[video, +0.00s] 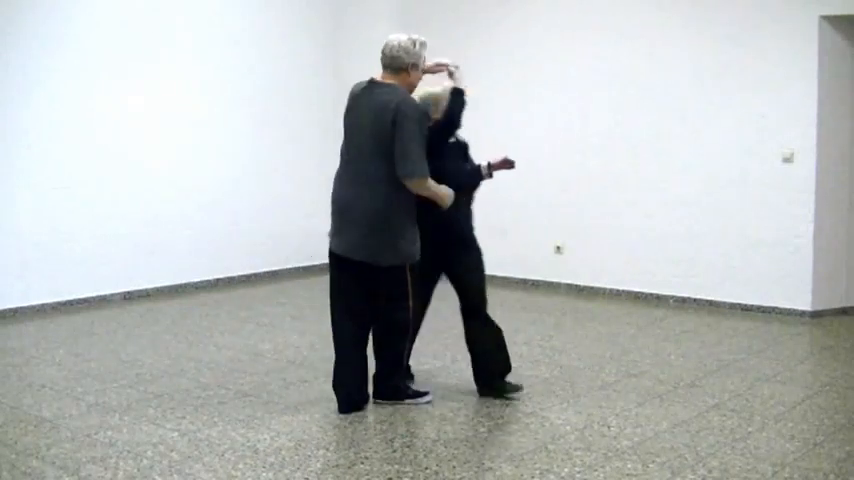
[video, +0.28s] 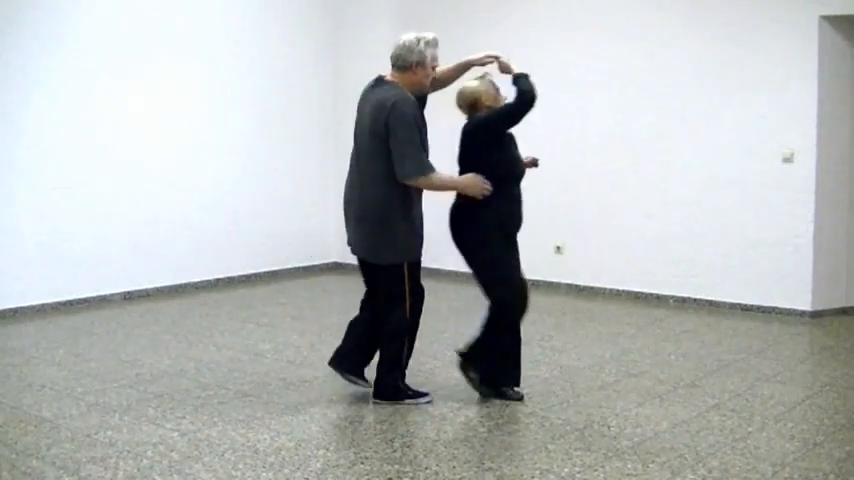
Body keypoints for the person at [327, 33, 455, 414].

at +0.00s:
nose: (421, 74)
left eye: (422, 68)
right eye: (420, 68)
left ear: (382, 65)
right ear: (413, 70)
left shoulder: (358, 94)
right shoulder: (407, 107)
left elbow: (386, 87)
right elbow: (412, 175)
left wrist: (419, 74)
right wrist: (438, 192)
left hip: (346, 224)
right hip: (388, 227)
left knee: (348, 315)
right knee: (394, 311)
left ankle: (349, 396)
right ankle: (391, 386)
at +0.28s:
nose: (435, 73)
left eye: (434, 67)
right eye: (432, 67)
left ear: (399, 67)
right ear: (414, 69)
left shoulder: (378, 89)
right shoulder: (402, 105)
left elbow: (431, 83)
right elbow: (415, 175)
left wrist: (469, 64)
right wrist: (460, 184)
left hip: (367, 213)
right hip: (392, 220)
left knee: (381, 292)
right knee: (406, 299)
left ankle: (349, 358)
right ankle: (390, 385)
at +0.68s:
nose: (440, 76)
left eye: (441, 68)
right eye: (436, 69)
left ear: (420, 67)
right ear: (411, 69)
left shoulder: (420, 100)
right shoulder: (387, 107)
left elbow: (454, 120)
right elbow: (417, 171)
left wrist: (501, 108)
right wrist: (476, 180)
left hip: (415, 227)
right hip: (388, 232)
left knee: (433, 284)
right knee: (399, 308)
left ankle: (388, 344)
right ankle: (395, 384)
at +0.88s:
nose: (447, 72)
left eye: (447, 65)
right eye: (441, 65)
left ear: (424, 67)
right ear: (416, 66)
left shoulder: (432, 102)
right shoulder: (388, 105)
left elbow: (445, 152)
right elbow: (398, 171)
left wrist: (488, 161)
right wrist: (452, 191)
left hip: (425, 230)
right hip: (392, 234)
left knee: (431, 304)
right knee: (397, 311)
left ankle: (420, 371)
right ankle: (394, 383)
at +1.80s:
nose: (454, 73)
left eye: (455, 66)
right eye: (450, 66)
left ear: (431, 66)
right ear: (427, 65)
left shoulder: (420, 99)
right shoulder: (404, 95)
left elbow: (416, 151)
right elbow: (393, 144)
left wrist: (445, 167)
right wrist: (441, 161)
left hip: (413, 218)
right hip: (402, 220)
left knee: (428, 289)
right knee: (433, 287)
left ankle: (406, 364)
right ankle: (411, 370)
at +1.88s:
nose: (453, 75)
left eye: (454, 68)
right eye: (449, 67)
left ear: (428, 68)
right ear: (428, 67)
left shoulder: (413, 97)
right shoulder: (407, 96)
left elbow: (390, 149)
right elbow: (391, 145)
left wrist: (430, 179)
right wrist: (433, 177)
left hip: (408, 219)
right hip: (400, 221)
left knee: (423, 290)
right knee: (421, 292)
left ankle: (409, 369)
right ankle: (401, 373)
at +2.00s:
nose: (451, 79)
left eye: (451, 72)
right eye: (447, 71)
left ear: (420, 71)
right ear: (426, 69)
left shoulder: (390, 96)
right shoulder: (412, 99)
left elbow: (352, 148)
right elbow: (405, 154)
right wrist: (441, 192)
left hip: (387, 223)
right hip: (397, 225)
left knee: (412, 301)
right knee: (403, 304)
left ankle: (414, 372)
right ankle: (385, 380)